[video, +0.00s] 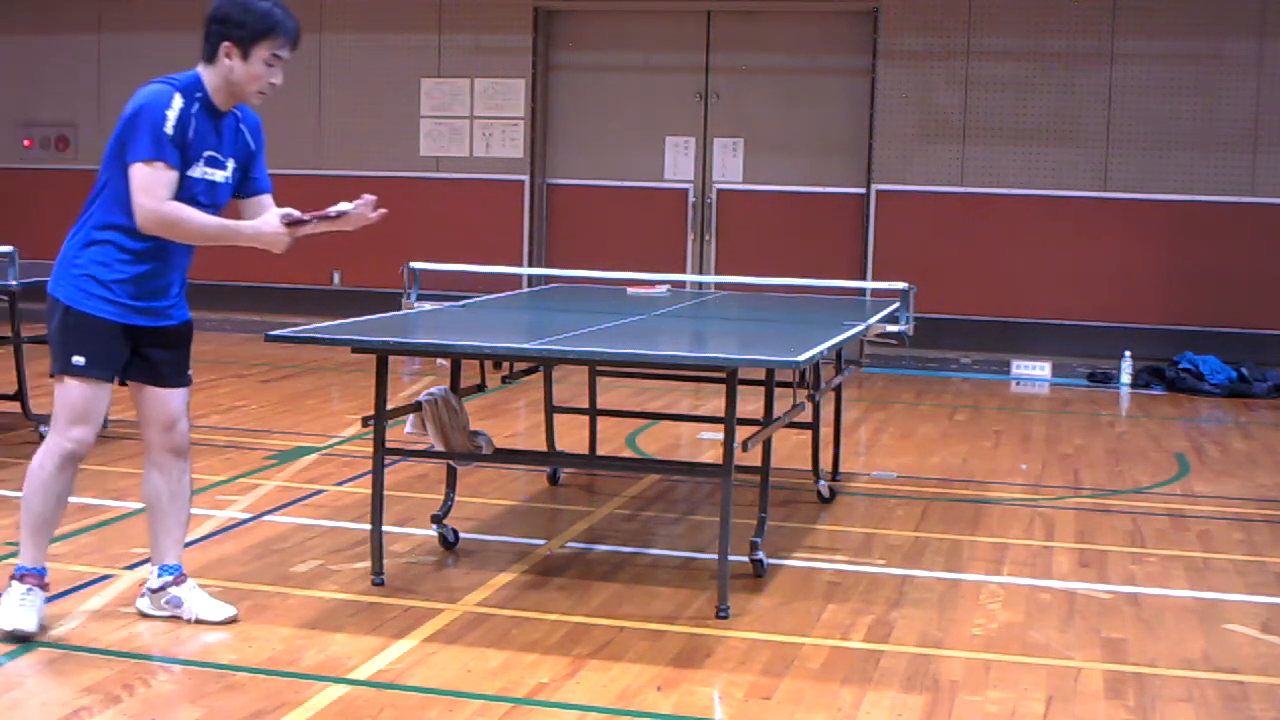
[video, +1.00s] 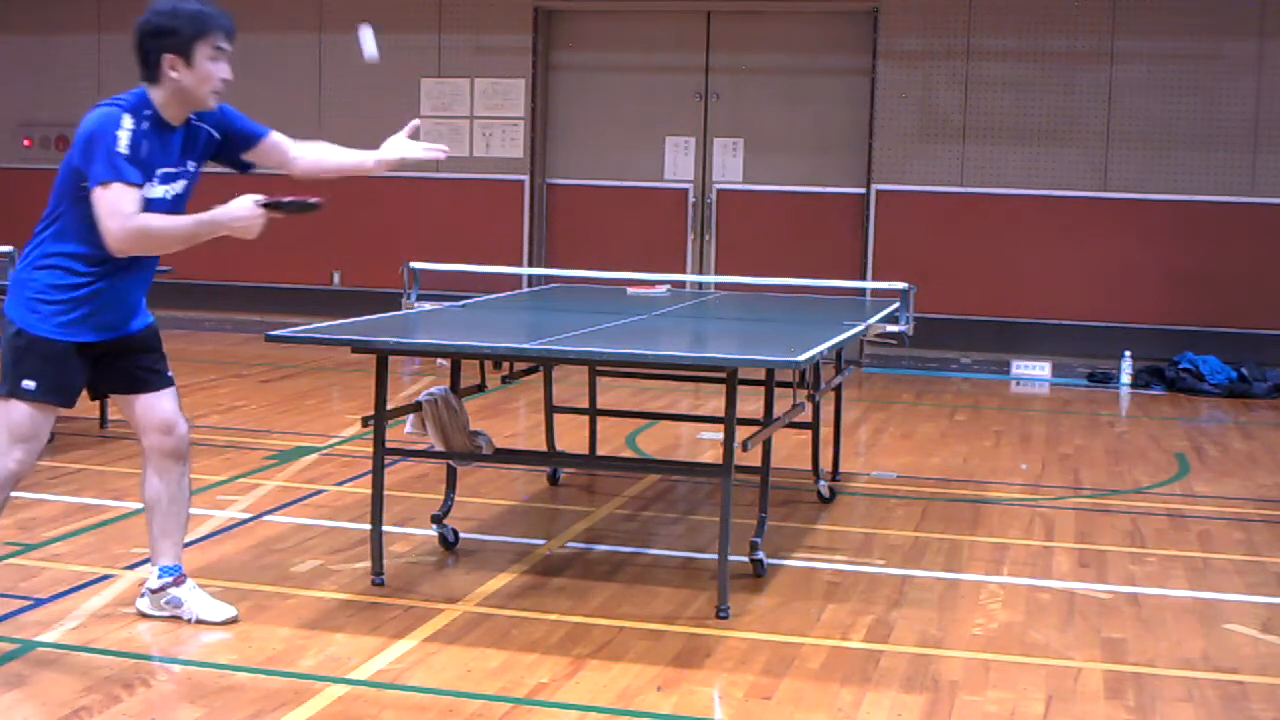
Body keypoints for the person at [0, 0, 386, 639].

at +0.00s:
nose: (278, 76)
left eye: (283, 63)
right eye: (270, 60)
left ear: (244, 59)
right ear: (228, 53)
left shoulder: (245, 126)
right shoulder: (162, 105)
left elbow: (260, 224)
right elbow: (150, 211)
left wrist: (330, 221)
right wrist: (247, 234)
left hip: (162, 298)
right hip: (95, 291)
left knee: (171, 438)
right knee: (73, 437)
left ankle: (166, 582)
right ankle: (27, 581)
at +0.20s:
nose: (297, 86)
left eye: (302, 73)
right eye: (290, 69)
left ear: (259, 67)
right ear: (247, 60)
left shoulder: (264, 136)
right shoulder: (180, 109)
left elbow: (283, 234)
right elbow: (173, 217)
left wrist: (356, 226)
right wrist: (270, 239)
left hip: (167, 299)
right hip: (98, 288)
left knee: (174, 438)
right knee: (61, 430)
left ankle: (166, 582)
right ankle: (14, 577)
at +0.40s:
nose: (303, 94)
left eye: (308, 81)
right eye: (296, 78)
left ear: (266, 74)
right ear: (252, 66)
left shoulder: (271, 143)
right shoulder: (187, 115)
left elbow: (291, 240)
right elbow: (184, 224)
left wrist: (368, 239)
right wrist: (283, 243)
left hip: (164, 299)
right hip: (95, 285)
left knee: (173, 438)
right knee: (43, 431)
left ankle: (166, 582)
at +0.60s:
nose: (295, 96)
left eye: (300, 83)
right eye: (288, 80)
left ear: (261, 77)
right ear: (244, 71)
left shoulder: (263, 145)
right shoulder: (178, 118)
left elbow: (293, 234)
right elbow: (185, 229)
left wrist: (371, 245)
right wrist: (288, 249)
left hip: (155, 300)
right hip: (86, 287)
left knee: (168, 441)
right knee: (31, 434)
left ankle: (164, 582)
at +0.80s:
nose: (269, 92)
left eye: (272, 78)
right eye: (260, 76)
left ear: (234, 76)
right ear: (216, 71)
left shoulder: (245, 142)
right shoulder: (151, 124)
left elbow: (300, 221)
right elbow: (166, 232)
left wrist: (371, 259)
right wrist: (267, 227)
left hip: (140, 305)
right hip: (68, 296)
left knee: (168, 436)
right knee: (22, 442)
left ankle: (165, 582)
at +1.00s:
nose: (227, 73)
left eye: (228, 59)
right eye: (216, 58)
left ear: (182, 66)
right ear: (170, 63)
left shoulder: (208, 123)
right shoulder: (112, 125)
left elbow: (293, 157)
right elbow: (123, 234)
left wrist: (380, 157)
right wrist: (221, 220)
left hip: (122, 311)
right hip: (47, 311)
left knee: (168, 436)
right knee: (15, 454)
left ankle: (166, 582)